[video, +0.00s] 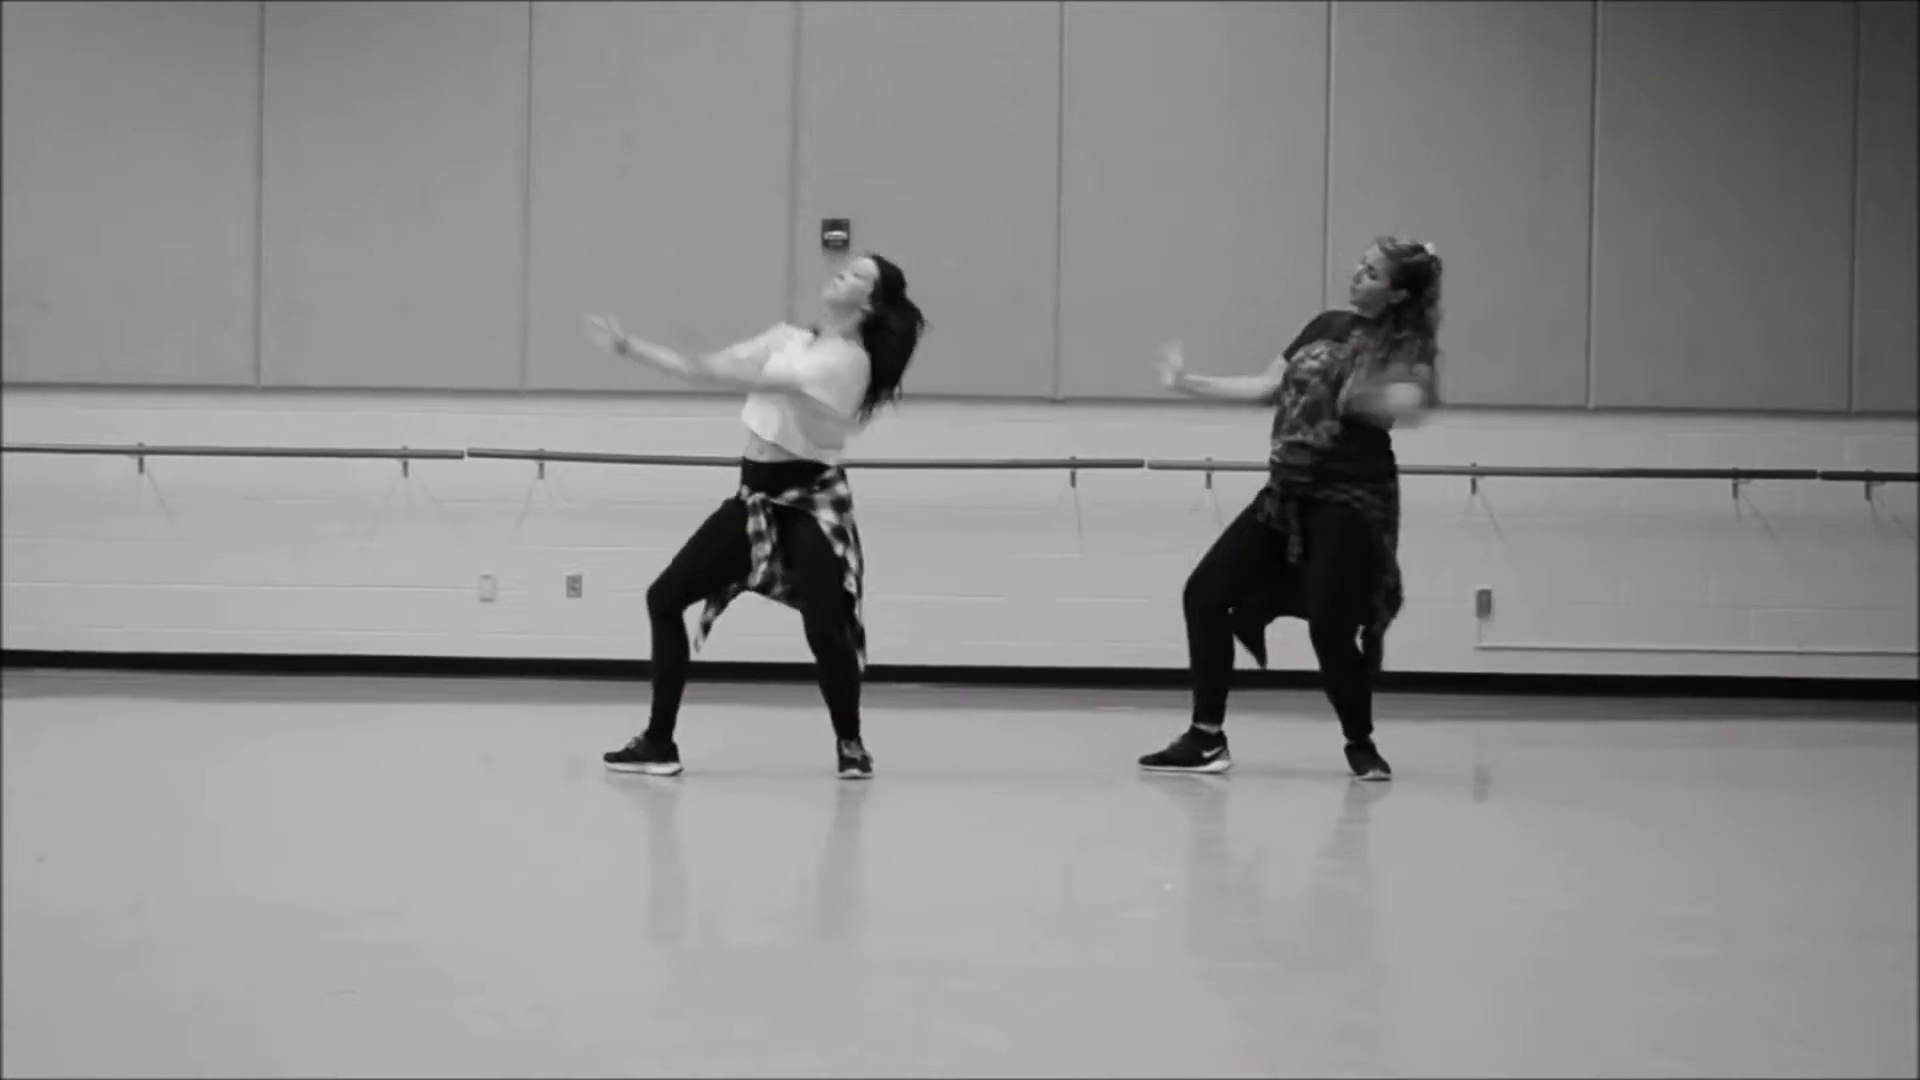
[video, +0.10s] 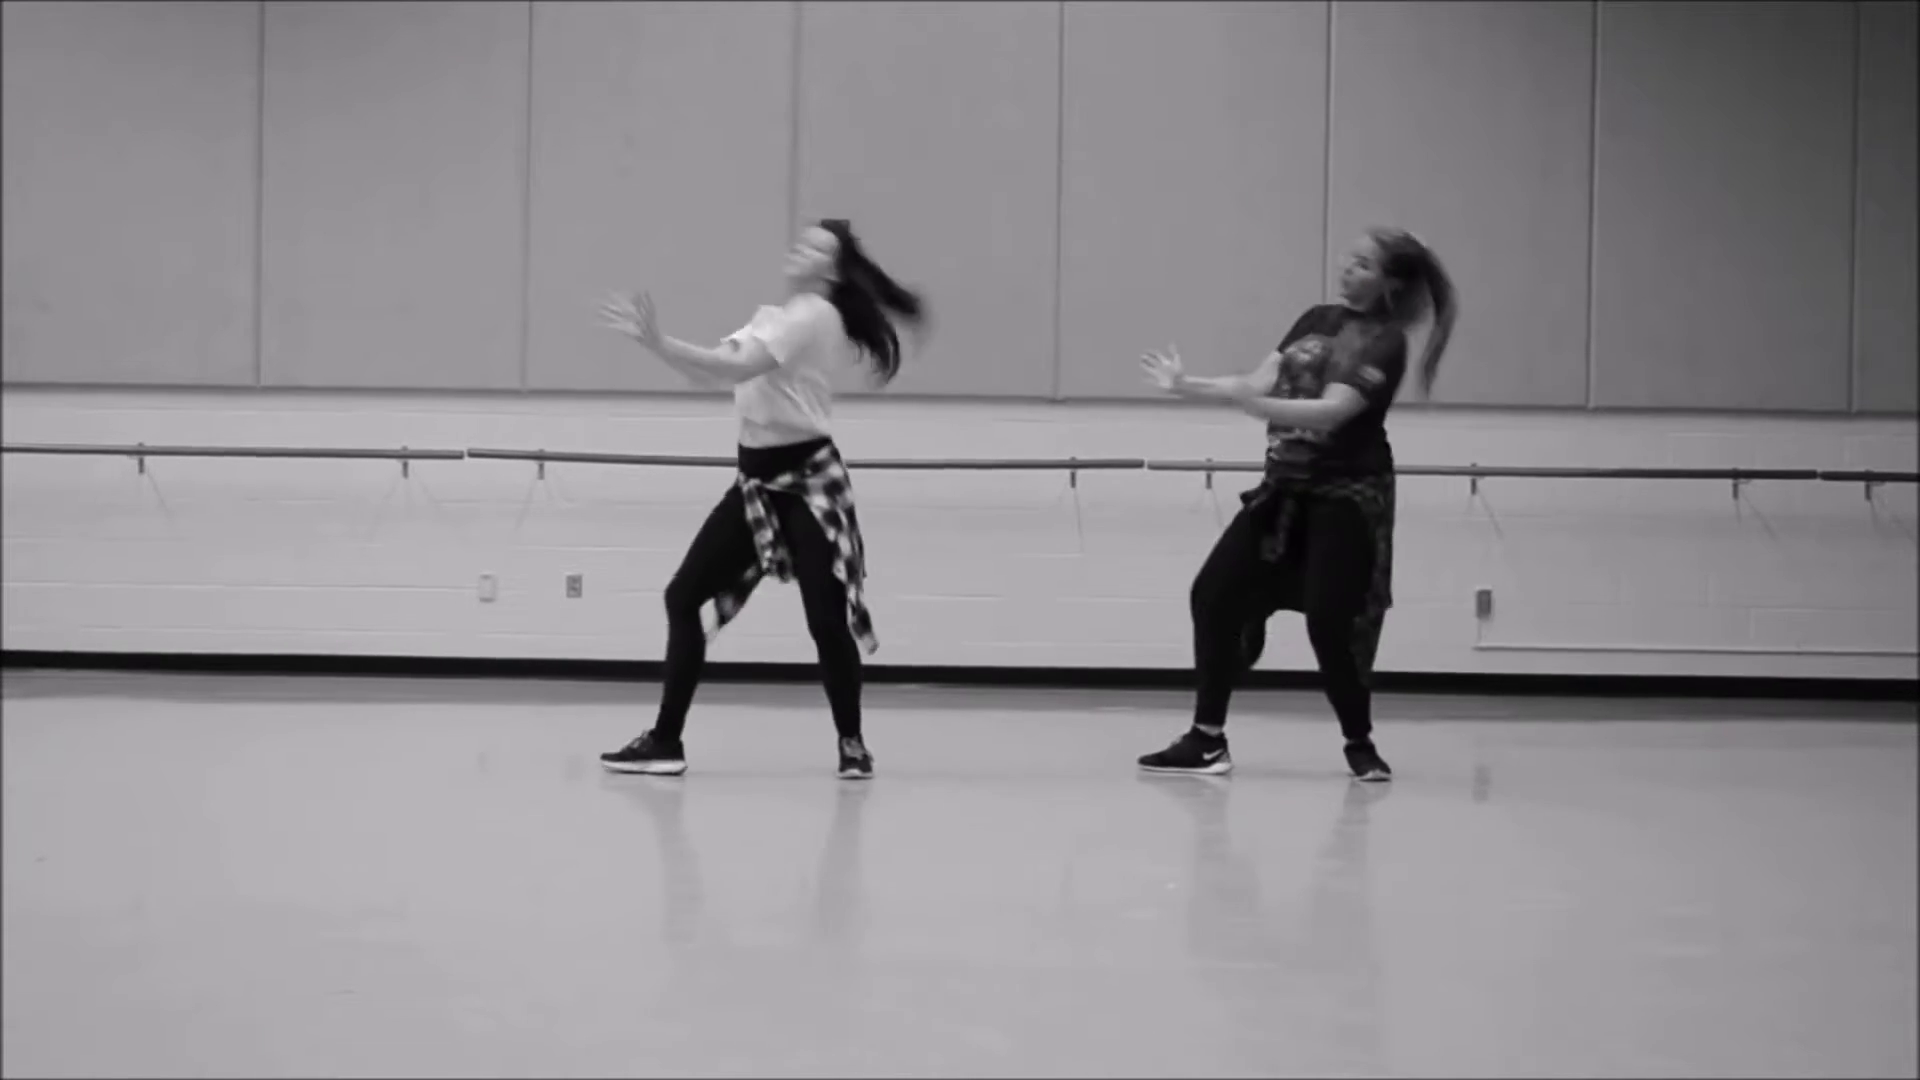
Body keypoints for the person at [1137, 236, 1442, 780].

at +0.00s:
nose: (1357, 274)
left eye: (1372, 273)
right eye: (1362, 265)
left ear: (1397, 295)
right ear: (1359, 274)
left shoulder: (1403, 348)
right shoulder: (1327, 326)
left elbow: (1407, 400)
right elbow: (1264, 386)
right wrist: (1188, 381)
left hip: (1351, 502)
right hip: (1286, 495)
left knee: (1330, 626)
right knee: (1204, 595)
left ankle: (1361, 746)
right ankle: (1206, 735)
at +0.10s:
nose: (1346, 268)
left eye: (1361, 265)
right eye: (1349, 258)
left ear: (1389, 284)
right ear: (1346, 265)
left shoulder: (1383, 341)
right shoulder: (1317, 319)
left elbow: (1330, 413)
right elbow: (1257, 385)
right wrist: (1187, 384)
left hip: (1347, 496)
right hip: (1286, 489)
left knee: (1330, 622)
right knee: (1213, 596)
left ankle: (1360, 747)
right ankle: (1207, 737)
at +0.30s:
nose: (1271, 255)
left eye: (1282, 244)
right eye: (1262, 246)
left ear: (1306, 247)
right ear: (1254, 252)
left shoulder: (1329, 310)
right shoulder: (1260, 317)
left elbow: (1292, 394)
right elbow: (1230, 387)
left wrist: (1209, 403)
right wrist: (1162, 401)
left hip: (1347, 482)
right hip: (1287, 484)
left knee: (1342, 609)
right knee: (1241, 600)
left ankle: (1366, 743)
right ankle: (1213, 736)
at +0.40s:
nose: (1263, 255)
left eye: (1275, 243)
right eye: (1255, 244)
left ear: (1301, 243)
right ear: (1248, 248)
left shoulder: (1327, 305)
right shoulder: (1253, 310)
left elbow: (1288, 387)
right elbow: (1229, 384)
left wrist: (1201, 396)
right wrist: (1163, 397)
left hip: (1336, 472)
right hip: (1274, 472)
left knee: (1338, 602)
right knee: (1223, 587)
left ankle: (1378, 735)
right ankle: (1209, 727)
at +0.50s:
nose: (1262, 265)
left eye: (1272, 254)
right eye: (1253, 256)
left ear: (1299, 250)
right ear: (1246, 257)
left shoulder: (1331, 310)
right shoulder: (1252, 314)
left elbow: (1296, 393)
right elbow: (1230, 387)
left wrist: (1215, 398)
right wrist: (1162, 397)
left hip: (1332, 484)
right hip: (1264, 482)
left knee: (1326, 616)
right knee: (1213, 602)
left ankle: (1411, 725)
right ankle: (1160, 716)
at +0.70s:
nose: (1281, 311)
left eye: (1291, 296)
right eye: (1270, 300)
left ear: (1314, 288)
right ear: (1259, 297)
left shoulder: (1350, 337)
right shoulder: (1263, 334)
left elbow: (1318, 426)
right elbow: (1238, 415)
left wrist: (1238, 429)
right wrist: (1177, 422)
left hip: (1339, 496)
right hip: (1271, 493)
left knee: (1326, 625)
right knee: (1184, 591)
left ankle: (1389, 736)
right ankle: (1185, 721)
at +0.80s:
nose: (1300, 321)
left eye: (1309, 307)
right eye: (1288, 310)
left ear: (1330, 298)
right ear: (1276, 308)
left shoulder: (1366, 349)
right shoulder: (1272, 345)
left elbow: (1339, 436)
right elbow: (1247, 427)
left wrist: (1261, 442)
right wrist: (1189, 433)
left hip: (1343, 509)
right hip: (1269, 504)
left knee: (1353, 623)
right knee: (1171, 593)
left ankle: (1365, 740)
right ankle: (1195, 729)